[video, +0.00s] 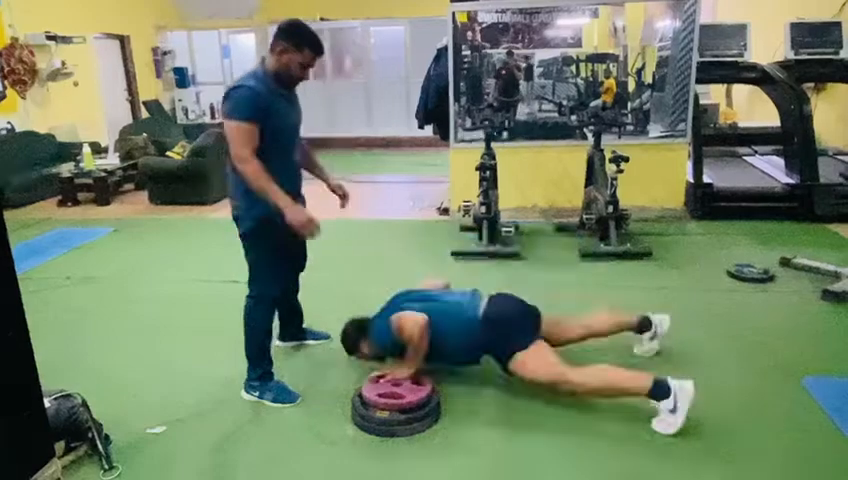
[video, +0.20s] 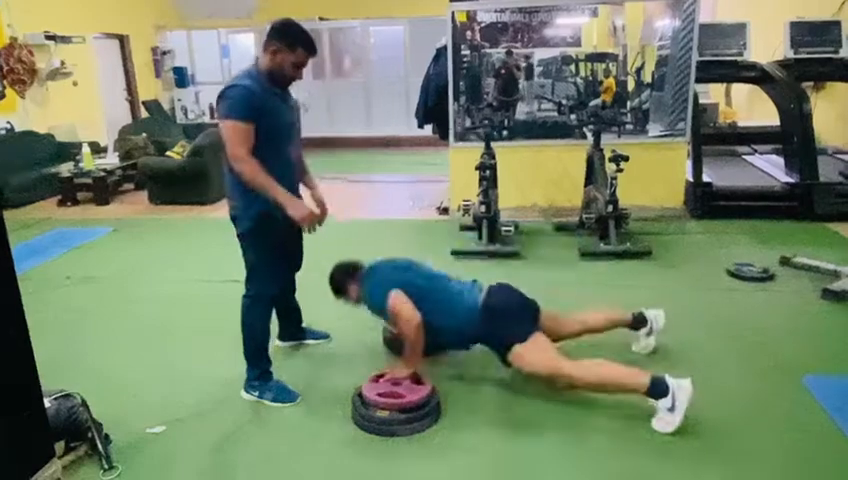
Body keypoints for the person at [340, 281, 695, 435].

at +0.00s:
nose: (367, 360)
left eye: (362, 356)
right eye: (363, 357)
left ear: (364, 343)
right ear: (369, 325)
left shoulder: (383, 329)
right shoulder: (398, 302)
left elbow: (417, 324)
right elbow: (441, 284)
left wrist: (408, 365)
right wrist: (437, 315)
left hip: (496, 331)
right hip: (501, 303)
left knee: (564, 378)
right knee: (572, 330)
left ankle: (665, 390)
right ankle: (646, 323)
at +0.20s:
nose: (353, 302)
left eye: (348, 298)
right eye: (350, 299)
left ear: (351, 289)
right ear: (359, 272)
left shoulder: (376, 286)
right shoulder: (387, 268)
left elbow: (411, 320)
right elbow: (430, 312)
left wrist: (410, 368)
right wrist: (408, 338)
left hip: (491, 321)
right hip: (497, 296)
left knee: (561, 372)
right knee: (566, 326)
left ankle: (662, 389)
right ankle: (641, 319)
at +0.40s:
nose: (374, 268)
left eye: (370, 263)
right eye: (370, 265)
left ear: (373, 251)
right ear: (381, 234)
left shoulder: (400, 261)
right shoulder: (418, 234)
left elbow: (412, 322)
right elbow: (425, 299)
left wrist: (410, 364)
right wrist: (410, 331)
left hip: (486, 336)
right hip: (495, 310)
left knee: (554, 379)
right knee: (554, 336)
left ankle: (651, 385)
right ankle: (634, 324)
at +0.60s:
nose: (377, 264)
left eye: (373, 259)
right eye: (373, 261)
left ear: (374, 247)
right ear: (378, 234)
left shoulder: (403, 252)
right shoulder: (410, 231)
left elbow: (412, 312)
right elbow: (426, 293)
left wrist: (407, 362)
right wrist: (415, 329)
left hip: (510, 292)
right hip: (514, 271)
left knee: (571, 355)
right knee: (576, 313)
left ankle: (672, 387)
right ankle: (647, 320)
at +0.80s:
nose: (421, 269)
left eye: (416, 265)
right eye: (417, 266)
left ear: (419, 253)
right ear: (420, 242)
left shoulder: (443, 249)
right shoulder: (443, 236)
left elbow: (441, 313)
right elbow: (444, 300)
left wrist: (411, 363)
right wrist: (428, 325)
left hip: (560, 237)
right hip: (557, 223)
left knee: (518, 321)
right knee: (544, 289)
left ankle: (591, 375)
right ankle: (587, 325)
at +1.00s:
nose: (454, 275)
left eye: (452, 269)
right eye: (451, 270)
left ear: (461, 259)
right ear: (468, 248)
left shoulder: (482, 268)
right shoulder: (486, 250)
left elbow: (452, 333)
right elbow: (463, 292)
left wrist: (413, 364)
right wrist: (431, 318)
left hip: (594, 297)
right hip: (591, 281)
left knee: (524, 323)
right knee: (530, 304)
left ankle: (582, 379)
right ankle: (575, 345)